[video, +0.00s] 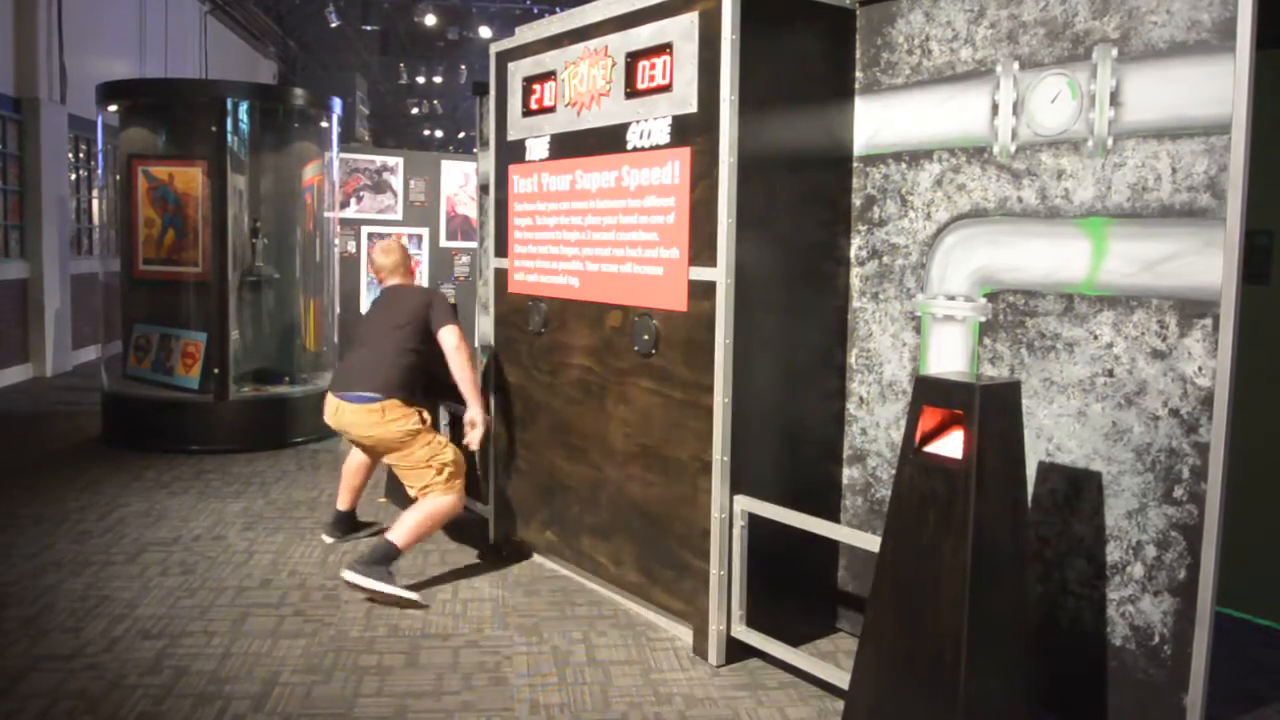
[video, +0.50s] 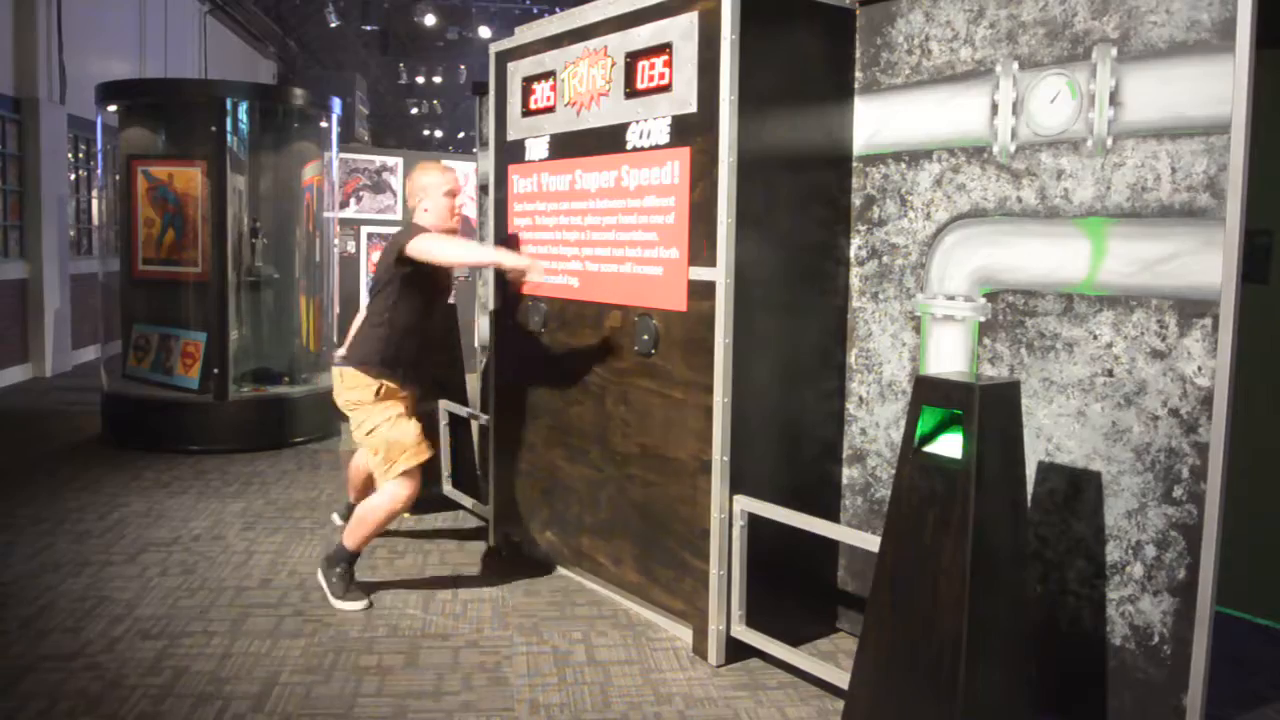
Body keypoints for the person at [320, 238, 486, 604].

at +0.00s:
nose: (418, 267)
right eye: (415, 263)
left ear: (377, 277)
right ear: (414, 269)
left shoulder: (372, 310)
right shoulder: (431, 299)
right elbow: (455, 348)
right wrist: (475, 407)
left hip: (337, 407)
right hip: (384, 414)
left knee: (370, 441)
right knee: (450, 490)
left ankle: (341, 519)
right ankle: (375, 564)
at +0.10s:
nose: (406, 285)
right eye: (404, 281)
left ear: (370, 295)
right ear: (404, 286)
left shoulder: (358, 319)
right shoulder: (422, 308)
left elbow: (344, 364)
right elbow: (437, 338)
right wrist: (454, 401)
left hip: (328, 397)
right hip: (376, 403)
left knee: (361, 439)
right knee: (441, 486)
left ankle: (340, 519)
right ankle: (354, 542)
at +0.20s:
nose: (412, 280)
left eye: (410, 275)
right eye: (409, 275)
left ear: (373, 290)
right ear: (405, 281)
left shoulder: (363, 314)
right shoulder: (416, 303)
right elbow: (435, 338)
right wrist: (454, 383)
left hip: (324, 393)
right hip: (369, 394)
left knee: (359, 440)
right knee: (436, 477)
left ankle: (339, 521)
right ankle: (350, 537)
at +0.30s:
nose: (431, 260)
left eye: (428, 253)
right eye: (425, 255)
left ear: (390, 269)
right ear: (404, 264)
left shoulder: (378, 297)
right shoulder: (411, 285)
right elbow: (420, 303)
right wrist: (458, 338)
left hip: (323, 390)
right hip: (359, 389)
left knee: (364, 438)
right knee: (436, 466)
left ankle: (338, 519)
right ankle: (349, 541)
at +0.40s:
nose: (445, 230)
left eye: (444, 222)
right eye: (438, 223)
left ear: (409, 232)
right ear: (410, 231)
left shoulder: (402, 269)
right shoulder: (406, 264)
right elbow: (416, 278)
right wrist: (476, 303)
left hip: (341, 381)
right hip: (356, 383)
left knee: (374, 442)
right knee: (430, 462)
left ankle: (338, 521)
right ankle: (342, 549)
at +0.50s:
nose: (459, 204)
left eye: (459, 194)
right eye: (450, 195)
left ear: (429, 203)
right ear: (422, 202)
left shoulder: (421, 251)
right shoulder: (410, 239)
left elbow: (372, 307)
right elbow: (440, 249)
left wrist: (345, 354)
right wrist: (508, 259)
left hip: (388, 379)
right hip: (370, 378)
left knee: (371, 454)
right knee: (402, 486)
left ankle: (353, 513)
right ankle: (338, 563)